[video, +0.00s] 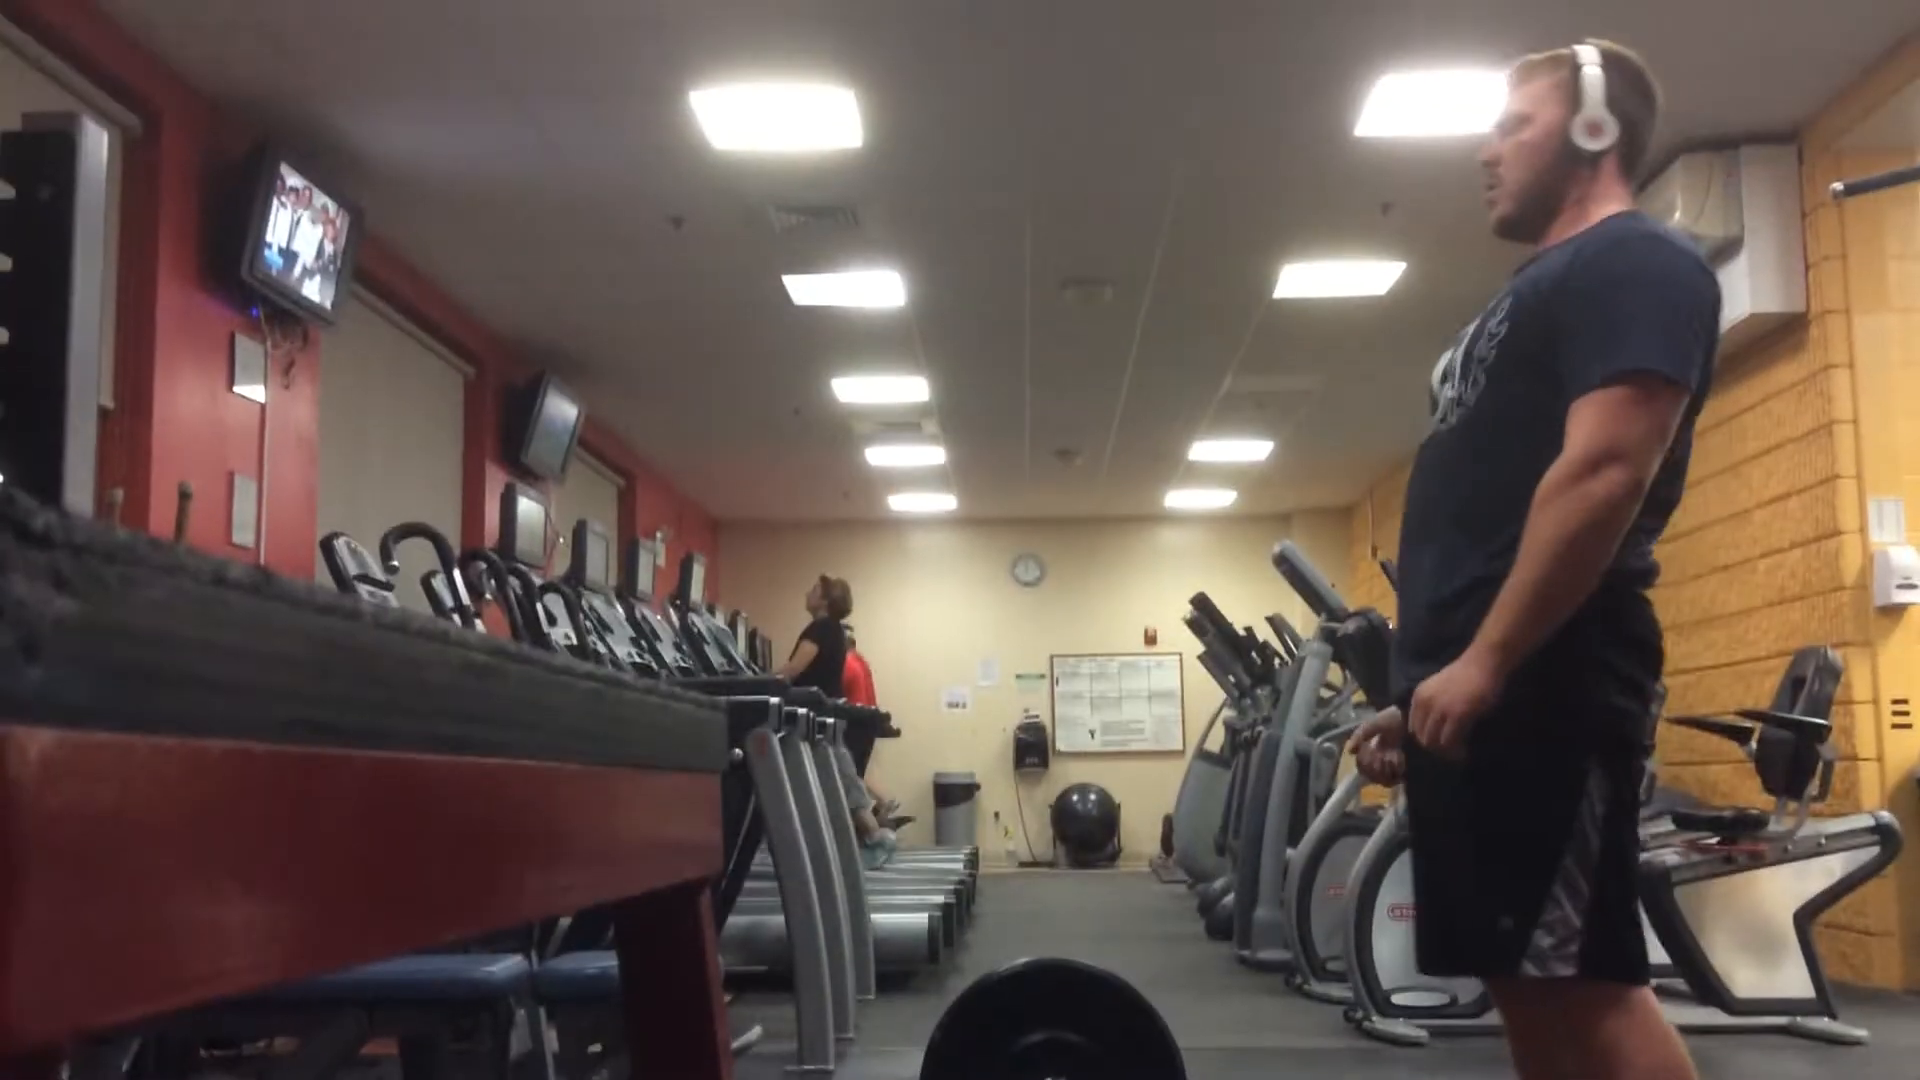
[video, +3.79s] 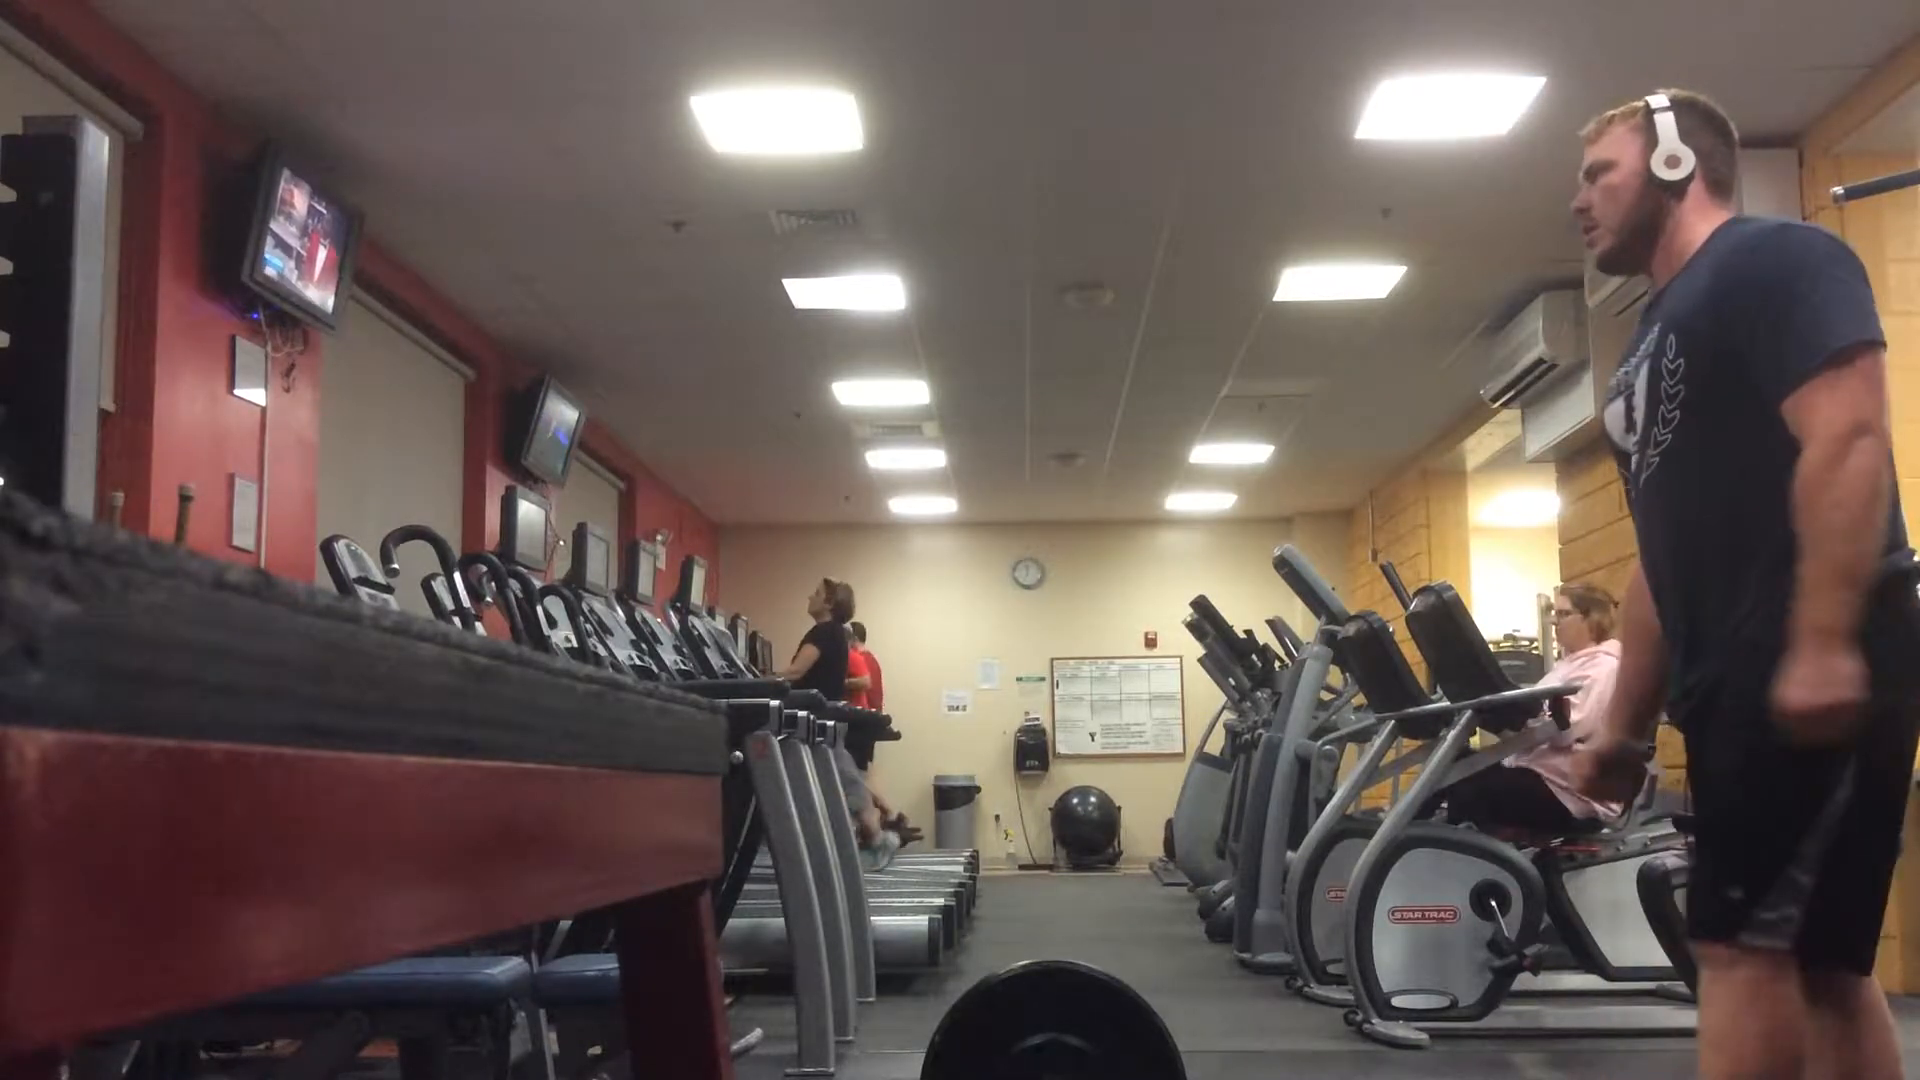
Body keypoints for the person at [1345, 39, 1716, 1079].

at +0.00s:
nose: (1486, 148)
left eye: (1512, 122)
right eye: (1495, 126)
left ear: (1590, 133)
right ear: (1576, 139)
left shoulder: (1633, 256)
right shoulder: (1528, 295)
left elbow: (1604, 474)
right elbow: (1484, 516)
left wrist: (1483, 660)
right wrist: (1414, 696)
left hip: (1557, 664)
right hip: (1489, 674)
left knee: (1590, 992)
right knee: (1523, 986)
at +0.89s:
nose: (1471, 167)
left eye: (1496, 142)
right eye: (1477, 147)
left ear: (1572, 150)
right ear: (1556, 158)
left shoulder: (1643, 246)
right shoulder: (1524, 318)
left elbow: (1667, 444)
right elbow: (1536, 535)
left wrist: (1495, 594)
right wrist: (1478, 699)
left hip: (1683, 654)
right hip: (1584, 673)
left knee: (1713, 990)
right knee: (1604, 984)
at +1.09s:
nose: (1534, 148)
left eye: (1560, 122)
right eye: (1538, 128)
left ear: (1643, 132)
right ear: (1622, 140)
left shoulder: (1730, 246)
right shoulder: (1580, 314)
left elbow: (1759, 454)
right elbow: (1583, 525)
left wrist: (1592, 632)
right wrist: (1542, 691)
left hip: (1779, 653)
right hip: (1638, 677)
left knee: (1854, 985)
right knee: (1633, 980)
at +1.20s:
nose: (1571, 140)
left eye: (1599, 114)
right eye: (1575, 119)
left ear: (1685, 126)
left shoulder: (1786, 253)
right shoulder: (1611, 317)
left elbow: (1840, 475)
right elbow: (1628, 522)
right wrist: (1577, 692)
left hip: (1829, 667)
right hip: (1677, 683)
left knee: (1874, 986)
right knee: (1639, 970)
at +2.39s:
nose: (1629, 170)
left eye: (1648, 141)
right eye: (1633, 148)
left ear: (1724, 139)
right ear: (1714, 147)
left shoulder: (1801, 242)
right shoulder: (1688, 305)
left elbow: (1832, 442)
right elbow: (1706, 524)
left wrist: (1747, 638)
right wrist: (1655, 698)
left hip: (1820, 641)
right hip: (1737, 653)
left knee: (1800, 978)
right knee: (1763, 968)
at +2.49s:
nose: (1631, 181)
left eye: (1650, 152)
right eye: (1636, 158)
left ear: (1725, 147)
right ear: (1722, 156)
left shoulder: (1805, 251)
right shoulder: (1706, 310)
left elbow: (1811, 452)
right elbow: (1699, 528)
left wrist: (1684, 629)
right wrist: (1633, 696)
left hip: (1811, 637)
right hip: (1758, 646)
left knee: (1689, 929)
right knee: (1809, 956)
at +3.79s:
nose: (1578, 198)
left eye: (1598, 172)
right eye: (1578, 179)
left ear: (1677, 172)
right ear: (1671, 182)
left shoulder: (1776, 256)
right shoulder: (1644, 357)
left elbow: (1850, 441)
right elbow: (1664, 564)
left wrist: (1823, 636)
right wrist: (1620, 732)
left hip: (1812, 658)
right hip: (1732, 683)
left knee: (1738, 949)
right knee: (1830, 975)